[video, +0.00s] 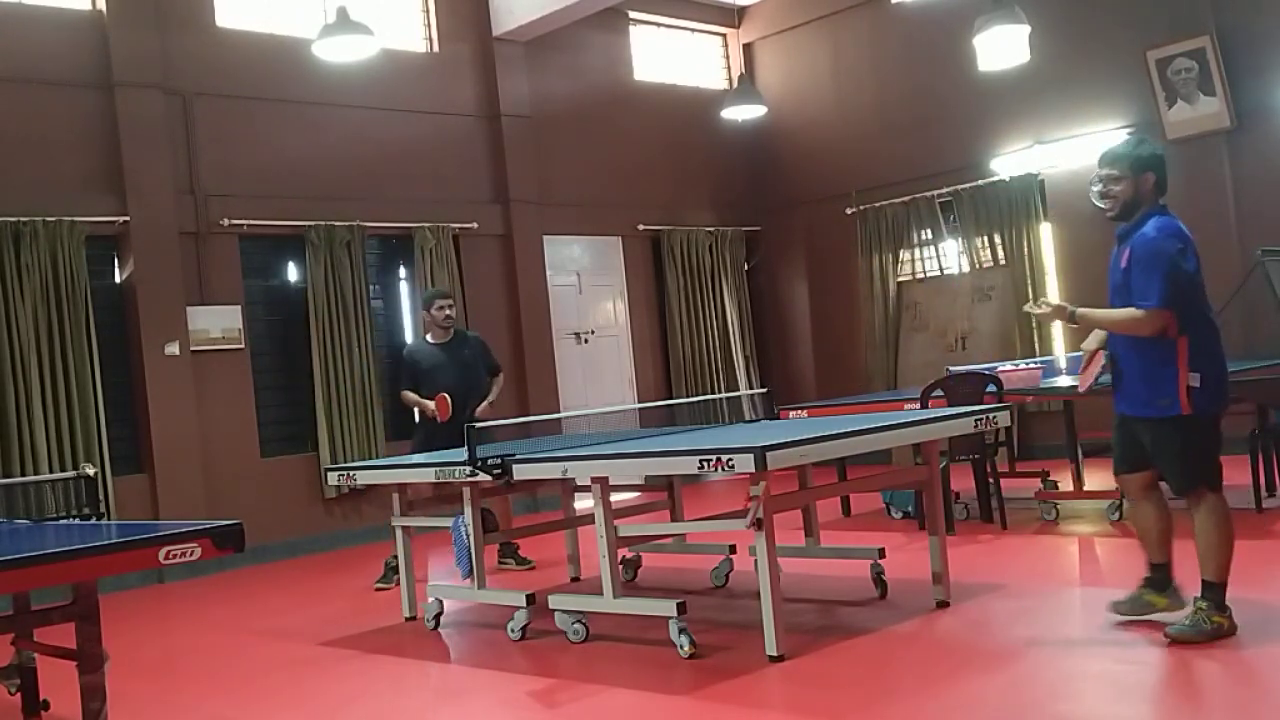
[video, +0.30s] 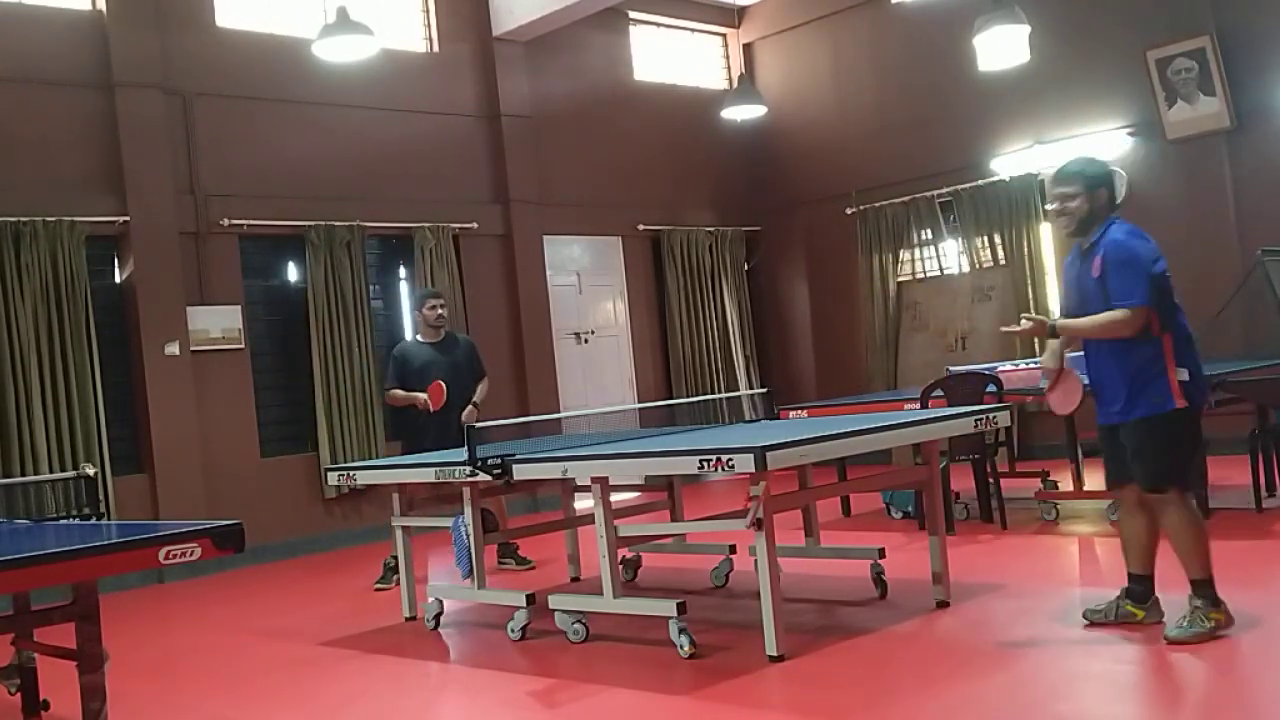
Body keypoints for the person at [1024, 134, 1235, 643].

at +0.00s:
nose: (1102, 189)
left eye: (1114, 180)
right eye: (1100, 180)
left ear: (1149, 182)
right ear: (1103, 183)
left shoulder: (1158, 237)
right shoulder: (1130, 235)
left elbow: (1155, 321)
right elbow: (1137, 308)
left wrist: (1074, 314)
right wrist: (1103, 340)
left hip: (1181, 394)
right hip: (1138, 394)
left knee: (1201, 493)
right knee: (1135, 481)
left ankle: (1214, 606)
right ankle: (1160, 586)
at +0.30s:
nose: (1057, 209)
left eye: (1067, 199)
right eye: (1051, 202)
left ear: (1101, 198)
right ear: (1051, 206)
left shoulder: (1123, 244)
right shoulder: (1074, 261)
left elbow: (1132, 319)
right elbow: (1076, 325)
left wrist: (1055, 326)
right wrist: (1057, 359)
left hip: (1159, 395)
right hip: (1116, 401)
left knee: (1164, 494)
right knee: (1128, 495)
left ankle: (1208, 603)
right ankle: (1139, 599)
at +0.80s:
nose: (1009, 251)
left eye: (1012, 239)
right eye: (1006, 242)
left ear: (1038, 230)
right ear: (1038, 234)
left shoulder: (1084, 270)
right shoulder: (1049, 277)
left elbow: (1072, 354)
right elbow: (1032, 327)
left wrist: (995, 366)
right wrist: (1019, 363)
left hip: (1140, 396)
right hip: (1095, 402)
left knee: (1136, 497)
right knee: (1082, 489)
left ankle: (1169, 618)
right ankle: (1129, 590)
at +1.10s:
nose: (982, 301)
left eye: (983, 291)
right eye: (979, 294)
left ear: (1008, 279)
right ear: (1009, 280)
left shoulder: (1051, 311)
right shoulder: (1034, 305)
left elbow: (1020, 394)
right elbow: (1012, 351)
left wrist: (950, 398)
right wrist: (1005, 385)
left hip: (1142, 402)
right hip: (1101, 410)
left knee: (1117, 500)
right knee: (1070, 495)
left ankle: (1167, 622)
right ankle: (1071, 597)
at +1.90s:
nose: (967, 263)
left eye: (971, 255)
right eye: (967, 255)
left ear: (996, 254)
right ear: (1000, 255)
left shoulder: (1021, 291)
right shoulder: (1013, 290)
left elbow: (965, 353)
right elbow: (983, 343)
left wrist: (900, 376)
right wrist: (981, 372)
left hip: (1109, 406)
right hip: (1070, 412)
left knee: (1106, 503)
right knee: (1051, 494)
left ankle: (1165, 621)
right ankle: (1068, 598)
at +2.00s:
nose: (971, 229)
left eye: (980, 221)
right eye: (973, 221)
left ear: (1007, 226)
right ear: (1010, 228)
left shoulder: (1025, 262)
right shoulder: (1012, 266)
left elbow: (951, 302)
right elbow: (972, 307)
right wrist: (959, 341)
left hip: (1106, 398)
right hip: (1074, 404)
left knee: (1114, 500)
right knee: (1061, 494)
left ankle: (1164, 619)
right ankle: (1069, 597)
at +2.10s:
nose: (984, 218)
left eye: (993, 210)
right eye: (987, 210)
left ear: (1020, 218)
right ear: (1017, 221)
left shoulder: (1037, 249)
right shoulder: (1014, 261)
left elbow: (949, 257)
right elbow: (975, 290)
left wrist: (884, 229)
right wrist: (948, 307)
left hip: (1104, 397)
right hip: (1067, 403)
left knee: (1116, 502)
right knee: (1060, 497)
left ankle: (1165, 619)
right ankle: (1069, 597)